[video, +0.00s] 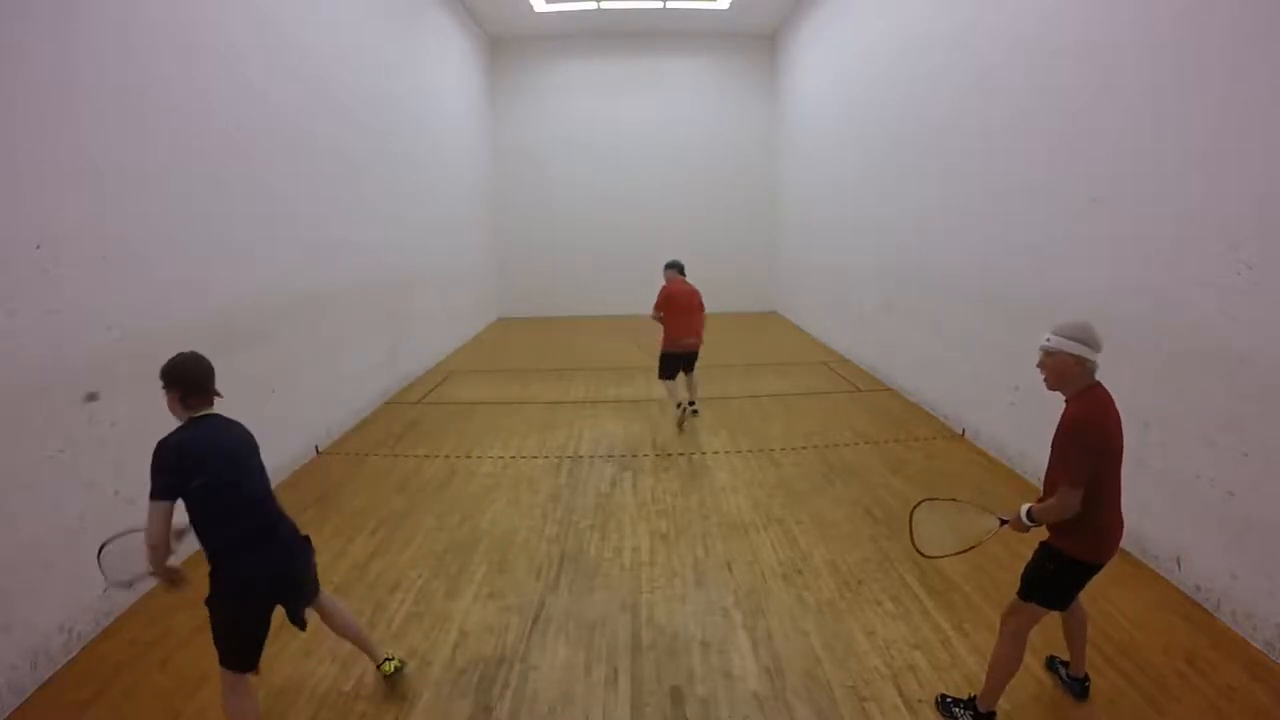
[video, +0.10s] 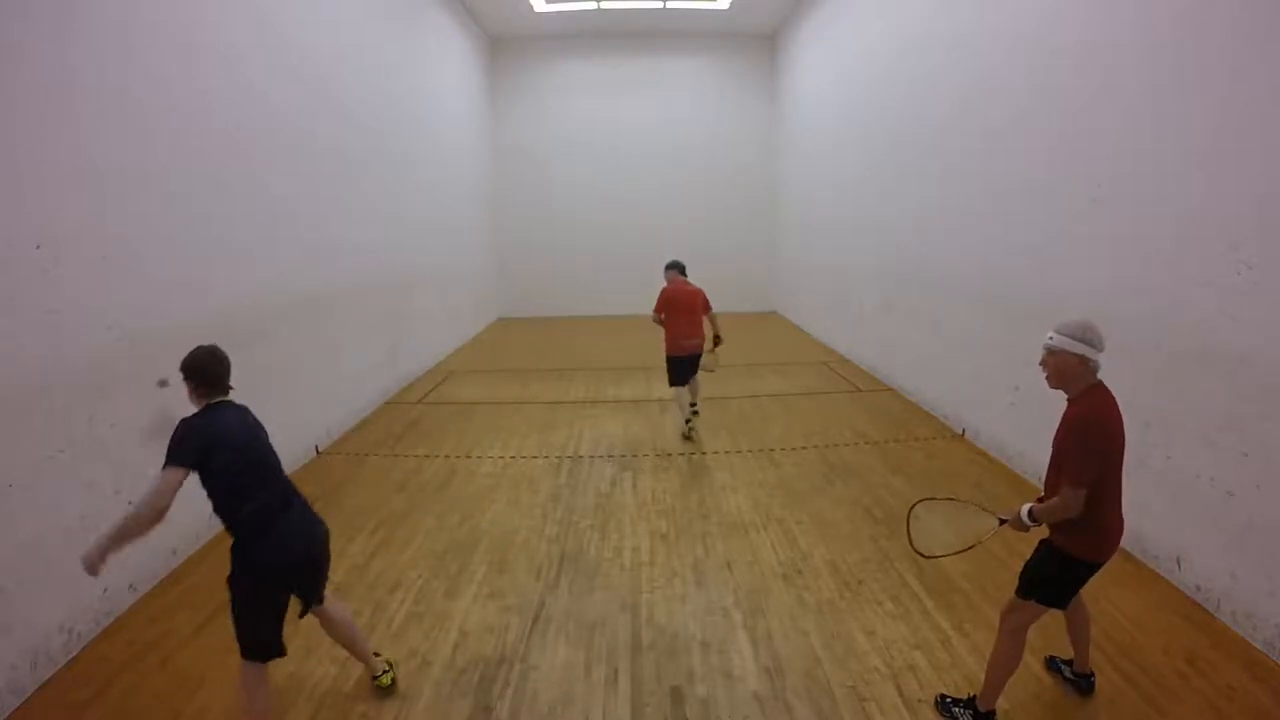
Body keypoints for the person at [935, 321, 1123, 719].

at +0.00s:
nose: (1039, 366)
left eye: (1047, 359)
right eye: (1041, 358)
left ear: (1075, 364)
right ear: (1076, 365)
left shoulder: (1081, 418)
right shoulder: (1096, 402)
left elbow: (1070, 501)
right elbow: (1084, 480)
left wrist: (1027, 516)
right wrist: (1044, 507)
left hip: (1074, 543)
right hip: (1096, 535)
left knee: (1015, 621)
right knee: (1068, 597)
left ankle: (983, 707)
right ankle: (1077, 675)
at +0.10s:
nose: (1041, 363)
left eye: (1050, 356)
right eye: (1044, 355)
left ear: (1080, 363)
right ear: (1081, 363)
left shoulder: (1084, 419)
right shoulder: (1096, 402)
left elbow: (1072, 503)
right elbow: (1082, 478)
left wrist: (1029, 516)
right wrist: (1046, 504)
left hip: (1075, 542)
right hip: (1093, 533)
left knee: (1014, 619)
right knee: (1069, 595)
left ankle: (982, 707)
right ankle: (1082, 670)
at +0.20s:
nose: (1043, 356)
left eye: (1051, 349)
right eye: (1045, 348)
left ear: (1080, 357)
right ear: (1082, 357)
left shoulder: (1083, 411)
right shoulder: (1102, 396)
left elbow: (1068, 497)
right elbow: (1092, 471)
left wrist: (1030, 510)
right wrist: (1050, 497)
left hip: (1078, 536)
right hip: (1103, 529)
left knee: (1020, 618)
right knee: (1085, 593)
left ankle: (982, 703)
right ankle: (1083, 670)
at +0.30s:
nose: (1045, 354)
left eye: (1053, 347)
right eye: (1048, 346)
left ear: (1080, 355)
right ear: (1084, 356)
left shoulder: (1081, 409)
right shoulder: (1107, 394)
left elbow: (1067, 493)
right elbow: (1099, 469)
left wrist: (1035, 506)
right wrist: (1053, 496)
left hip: (1082, 536)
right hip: (1111, 532)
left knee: (1027, 617)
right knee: (1090, 596)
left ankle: (986, 700)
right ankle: (1081, 671)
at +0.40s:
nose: (1049, 359)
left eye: (1057, 352)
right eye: (1052, 351)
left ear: (1082, 360)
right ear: (1086, 360)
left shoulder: (1079, 414)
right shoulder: (1112, 399)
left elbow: (1064, 494)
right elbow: (1099, 473)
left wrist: (1036, 507)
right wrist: (1052, 500)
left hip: (1081, 540)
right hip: (1112, 536)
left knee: (1025, 619)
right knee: (1087, 598)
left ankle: (985, 703)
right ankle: (1081, 672)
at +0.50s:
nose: (1052, 361)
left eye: (1059, 354)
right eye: (1054, 353)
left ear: (1084, 360)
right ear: (1090, 360)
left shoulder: (1079, 415)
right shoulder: (1115, 400)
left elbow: (1062, 494)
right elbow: (1104, 474)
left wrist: (1036, 507)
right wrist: (1055, 503)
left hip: (1081, 541)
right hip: (1112, 536)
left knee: (1026, 621)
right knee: (1087, 598)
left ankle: (985, 704)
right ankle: (1081, 672)